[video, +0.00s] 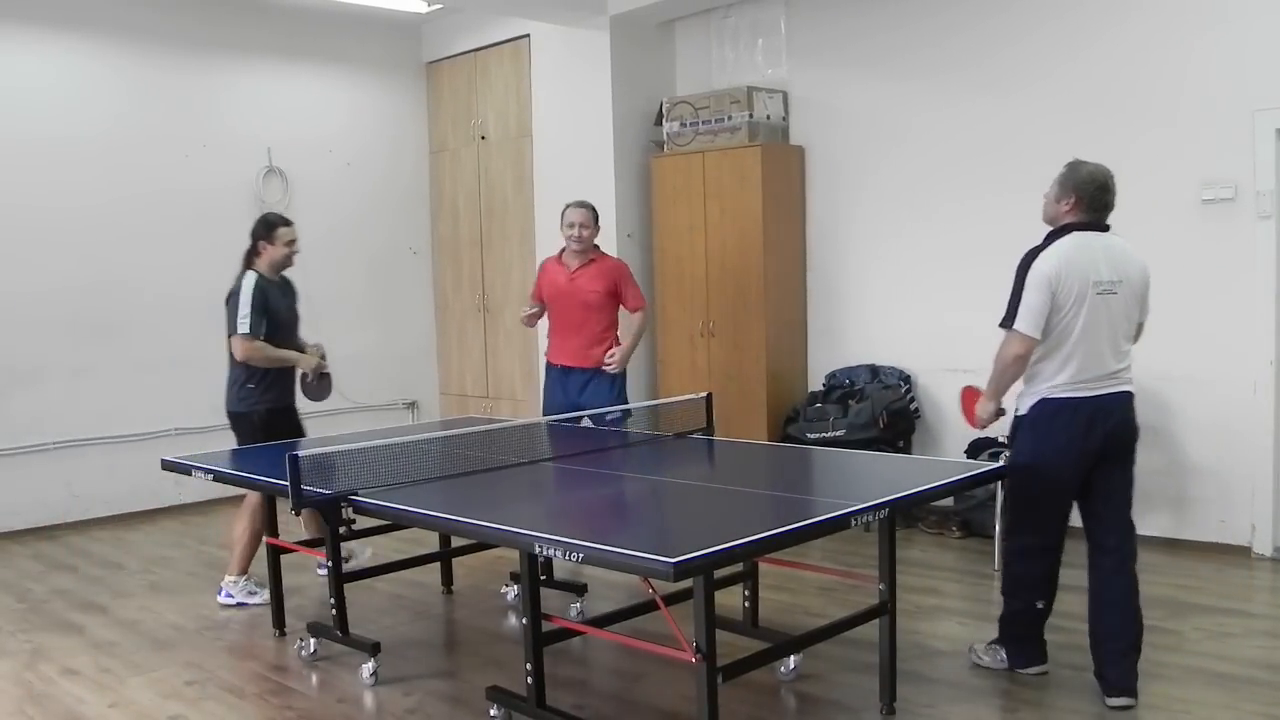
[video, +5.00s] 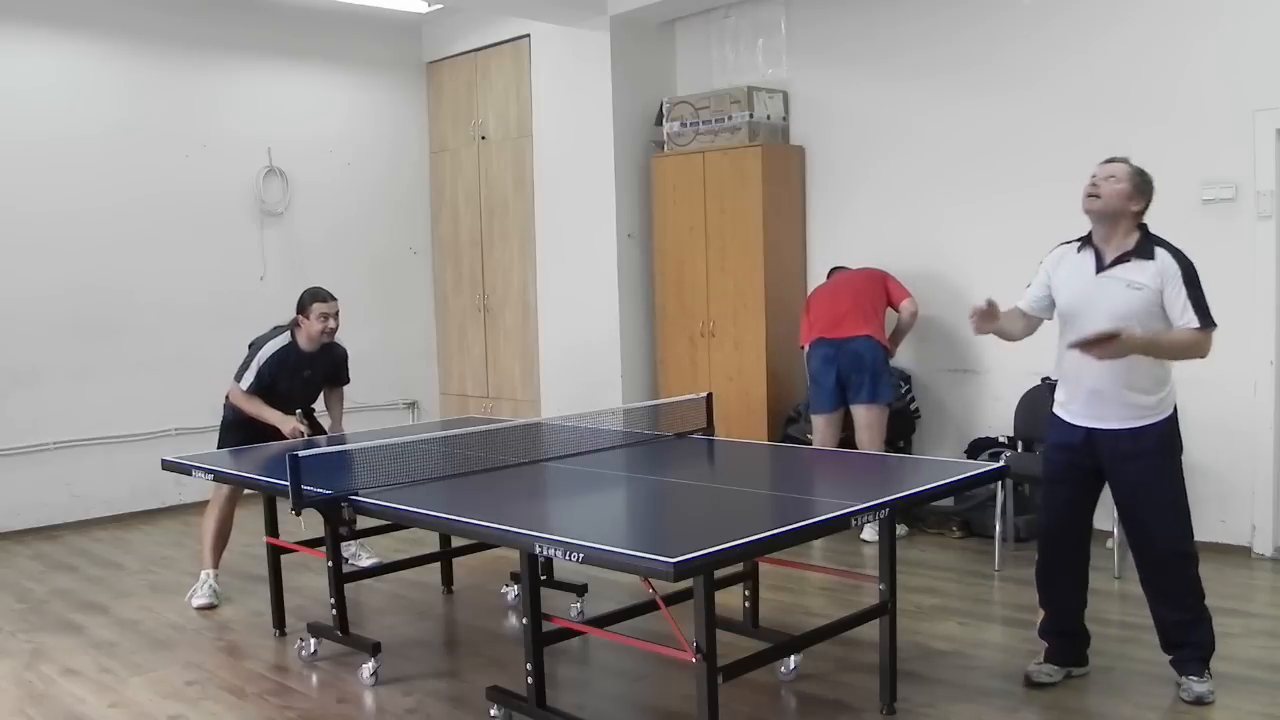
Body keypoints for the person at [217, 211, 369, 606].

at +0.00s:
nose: (294, 251)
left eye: (295, 244)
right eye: (288, 244)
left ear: (272, 247)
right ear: (263, 246)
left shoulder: (283, 285)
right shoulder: (249, 286)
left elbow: (283, 336)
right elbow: (243, 349)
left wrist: (309, 351)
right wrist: (298, 360)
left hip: (278, 403)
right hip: (254, 407)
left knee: (306, 481)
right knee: (261, 492)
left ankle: (328, 553)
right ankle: (234, 581)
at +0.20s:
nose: (326, 246)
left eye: (327, 240)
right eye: (319, 240)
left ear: (317, 243)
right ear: (295, 243)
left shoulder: (325, 284)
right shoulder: (275, 283)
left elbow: (330, 328)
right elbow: (257, 339)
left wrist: (339, 345)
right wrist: (309, 356)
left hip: (317, 400)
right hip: (280, 404)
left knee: (333, 477)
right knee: (271, 487)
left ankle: (333, 554)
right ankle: (243, 566)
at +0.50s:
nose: (340, 239)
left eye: (341, 233)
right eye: (333, 234)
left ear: (337, 238)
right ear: (309, 237)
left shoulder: (346, 280)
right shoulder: (287, 277)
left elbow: (363, 324)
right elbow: (260, 327)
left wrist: (365, 336)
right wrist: (295, 368)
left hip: (340, 394)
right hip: (298, 394)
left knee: (341, 471)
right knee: (293, 475)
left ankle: (336, 547)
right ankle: (292, 551)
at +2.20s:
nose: (286, 241)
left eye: (288, 235)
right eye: (277, 237)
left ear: (293, 238)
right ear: (258, 245)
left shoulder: (312, 280)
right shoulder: (243, 288)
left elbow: (329, 326)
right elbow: (223, 342)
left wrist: (319, 340)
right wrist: (270, 346)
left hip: (309, 402)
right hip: (262, 407)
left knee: (329, 476)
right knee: (261, 488)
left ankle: (342, 551)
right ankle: (266, 565)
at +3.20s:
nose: (341, 260)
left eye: (345, 254)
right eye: (334, 254)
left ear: (349, 256)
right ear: (312, 257)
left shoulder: (354, 298)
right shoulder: (285, 294)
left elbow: (367, 343)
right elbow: (259, 343)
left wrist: (356, 361)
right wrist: (303, 354)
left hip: (332, 403)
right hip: (284, 404)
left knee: (355, 471)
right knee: (265, 480)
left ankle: (354, 543)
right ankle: (247, 559)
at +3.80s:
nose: (303, 282)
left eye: (307, 274)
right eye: (294, 275)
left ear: (310, 276)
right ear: (272, 278)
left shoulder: (315, 315)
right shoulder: (245, 314)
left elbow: (314, 354)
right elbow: (211, 362)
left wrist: (304, 381)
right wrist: (259, 383)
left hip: (290, 413)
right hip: (241, 415)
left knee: (325, 475)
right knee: (227, 489)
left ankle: (340, 550)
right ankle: (215, 576)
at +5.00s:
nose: (332, 324)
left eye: (335, 317)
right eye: (323, 318)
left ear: (338, 318)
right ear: (302, 320)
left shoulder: (335, 354)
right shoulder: (271, 348)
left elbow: (333, 390)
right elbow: (236, 394)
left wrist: (337, 430)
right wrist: (281, 420)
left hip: (294, 417)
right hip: (247, 417)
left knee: (337, 465)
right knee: (228, 487)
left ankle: (345, 544)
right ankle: (208, 576)